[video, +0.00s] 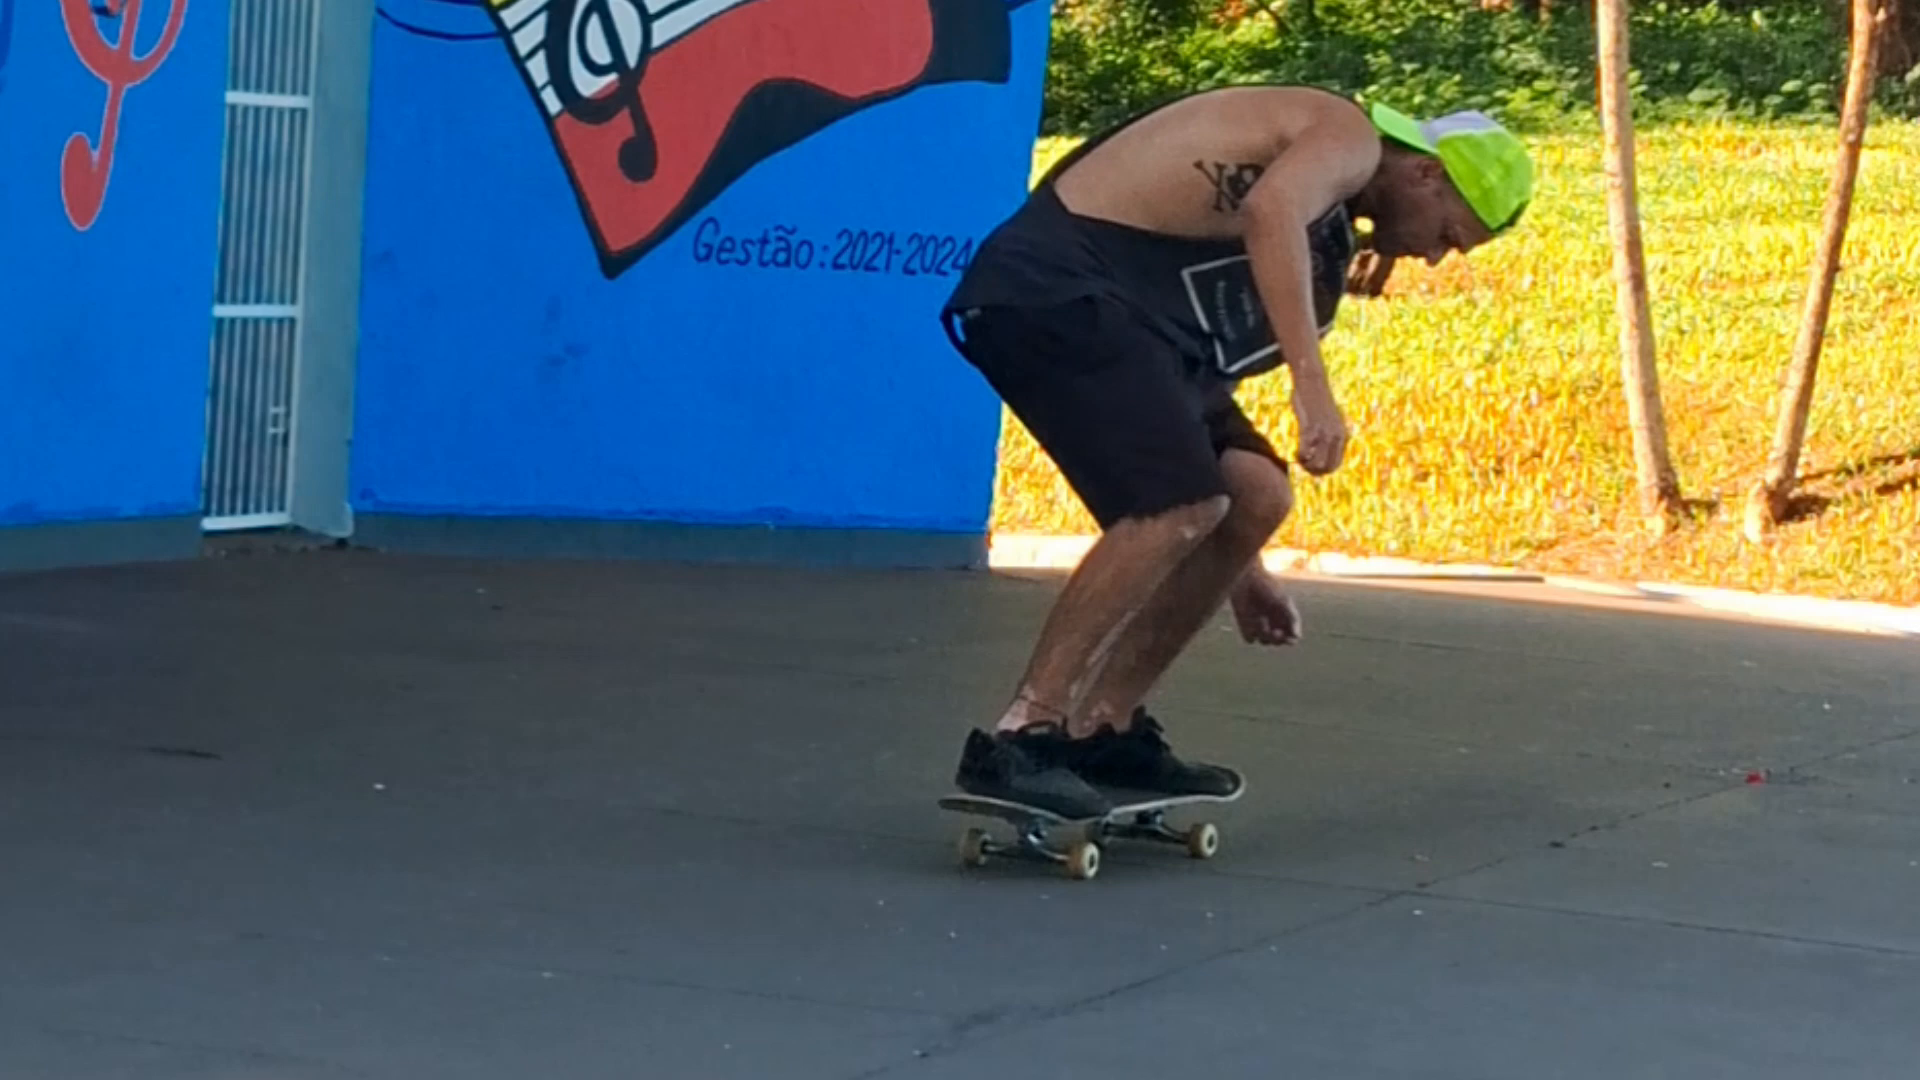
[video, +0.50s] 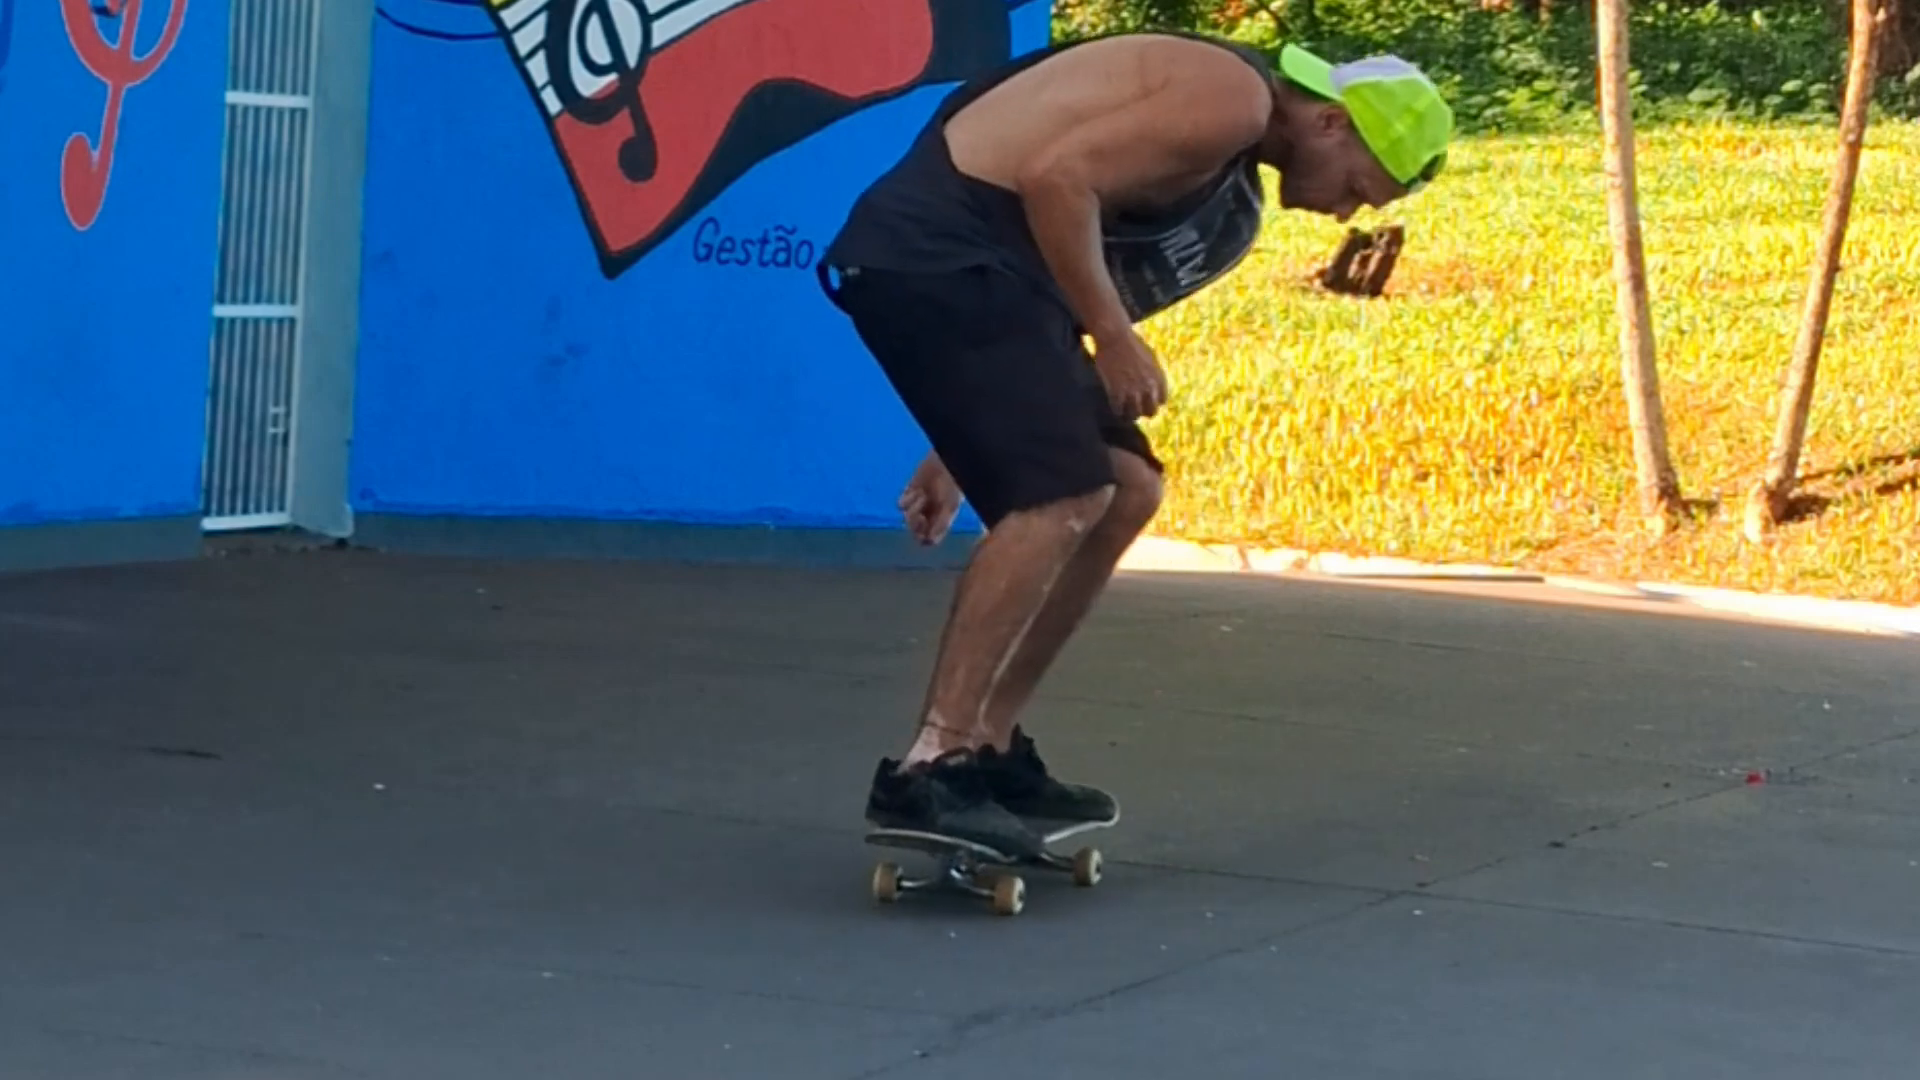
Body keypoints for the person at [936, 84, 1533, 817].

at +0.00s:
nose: (1438, 259)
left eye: (1455, 251)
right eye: (1450, 237)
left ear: (1427, 184)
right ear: (1428, 174)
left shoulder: (1315, 250)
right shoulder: (1349, 137)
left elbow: (1184, 361)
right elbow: (1269, 209)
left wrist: (1239, 563)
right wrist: (1312, 385)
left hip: (1124, 318)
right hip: (1051, 288)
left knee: (1255, 493)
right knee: (1180, 502)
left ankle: (1102, 728)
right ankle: (1020, 733)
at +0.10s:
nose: (1417, 246)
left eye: (1435, 238)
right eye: (1431, 225)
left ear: (1409, 168)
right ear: (1410, 161)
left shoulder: (1293, 234)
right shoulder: (1330, 123)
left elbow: (1151, 334)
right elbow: (1236, 198)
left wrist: (1181, 555)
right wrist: (1285, 374)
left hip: (1098, 304)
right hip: (1030, 274)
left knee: (1225, 492)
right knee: (1143, 499)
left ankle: (1070, 731)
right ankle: (987, 737)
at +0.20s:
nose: (1398, 234)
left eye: (1421, 224)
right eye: (1414, 212)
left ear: (1392, 147)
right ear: (1394, 148)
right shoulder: (1310, 112)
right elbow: (1197, 188)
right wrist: (1244, 365)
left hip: (1073, 284)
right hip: (1008, 258)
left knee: (1195, 494)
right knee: (1127, 480)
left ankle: (1043, 729)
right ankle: (970, 725)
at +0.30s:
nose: (1391, 223)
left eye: (1408, 214)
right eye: (1403, 200)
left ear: (1373, 133)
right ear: (1376, 138)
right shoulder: (1285, 107)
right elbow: (1149, 190)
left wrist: (1030, 495)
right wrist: (1200, 366)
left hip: (1046, 278)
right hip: (983, 257)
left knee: (1174, 493)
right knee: (1101, 494)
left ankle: (1028, 736)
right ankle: (970, 754)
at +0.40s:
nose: (1370, 217)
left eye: (1386, 209)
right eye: (1382, 196)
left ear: (1353, 129)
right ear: (1355, 130)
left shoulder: (1239, 195)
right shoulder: (1258, 103)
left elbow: (1076, 296)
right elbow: (1102, 190)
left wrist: (993, 473)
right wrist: (1157, 355)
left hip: (1013, 274)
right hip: (955, 254)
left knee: (1153, 491)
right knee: (1087, 496)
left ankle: (1009, 737)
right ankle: (952, 757)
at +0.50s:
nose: (1355, 210)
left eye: (1372, 201)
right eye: (1366, 187)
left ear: (1333, 119)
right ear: (1335, 121)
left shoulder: (1225, 186)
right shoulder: (1228, 99)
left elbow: (1053, 286)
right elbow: (1056, 175)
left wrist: (961, 447)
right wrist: (1114, 334)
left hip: (985, 266)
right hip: (930, 249)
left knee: (1128, 490)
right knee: (1060, 498)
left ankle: (987, 743)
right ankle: (930, 763)